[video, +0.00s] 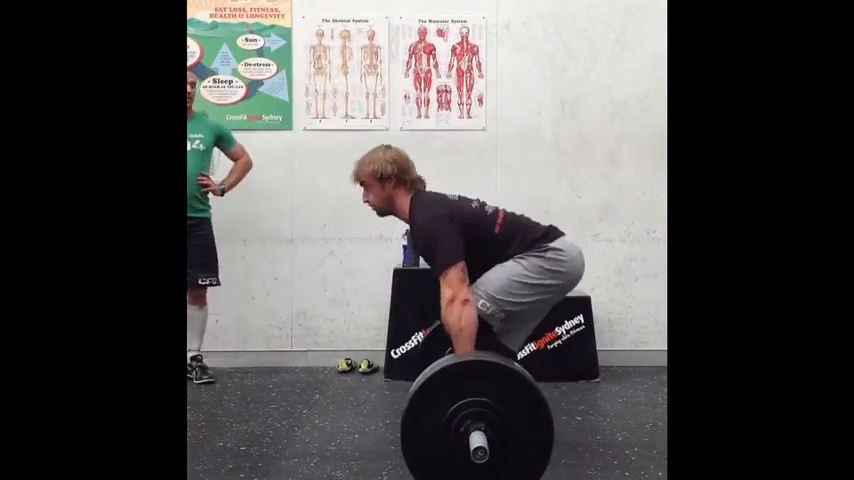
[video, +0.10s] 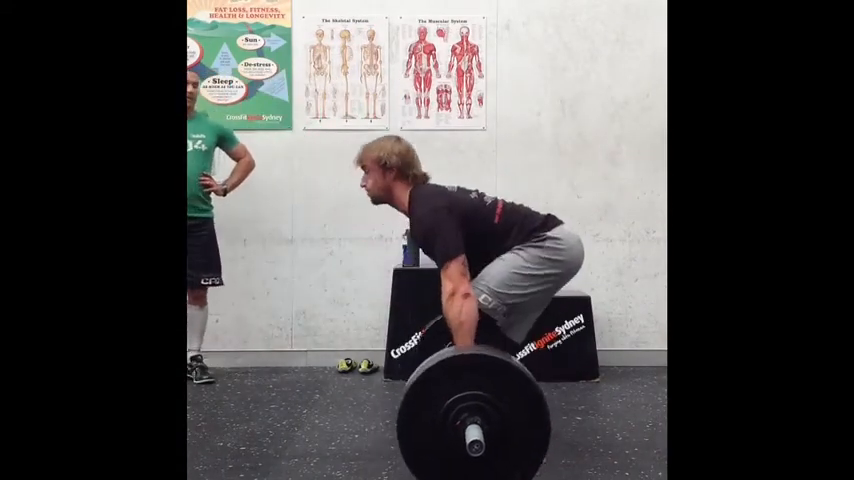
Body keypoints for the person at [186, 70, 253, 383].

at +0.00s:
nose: (188, 90)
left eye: (191, 85)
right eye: (185, 84)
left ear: (196, 90)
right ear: (181, 88)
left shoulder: (209, 126)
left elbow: (244, 160)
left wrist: (223, 187)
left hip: (196, 218)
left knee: (197, 290)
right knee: (193, 291)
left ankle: (194, 356)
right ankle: (191, 357)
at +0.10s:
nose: (189, 90)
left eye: (193, 85)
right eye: (185, 84)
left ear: (198, 90)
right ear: (180, 88)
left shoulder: (211, 127)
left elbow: (247, 160)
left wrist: (225, 187)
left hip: (197, 218)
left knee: (197, 291)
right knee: (193, 291)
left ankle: (194, 356)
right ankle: (191, 357)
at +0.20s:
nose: (189, 90)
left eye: (193, 85)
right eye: (186, 84)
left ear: (199, 90)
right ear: (180, 89)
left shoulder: (211, 127)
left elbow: (246, 161)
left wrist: (226, 187)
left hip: (197, 219)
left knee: (196, 291)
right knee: (193, 292)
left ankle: (194, 357)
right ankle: (191, 357)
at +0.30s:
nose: (190, 89)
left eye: (194, 84)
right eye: (186, 84)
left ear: (199, 90)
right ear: (180, 89)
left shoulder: (211, 128)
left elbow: (245, 161)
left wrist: (225, 187)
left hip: (196, 218)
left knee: (195, 291)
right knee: (192, 292)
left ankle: (194, 357)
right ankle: (191, 357)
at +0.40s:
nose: (190, 89)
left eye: (194, 84)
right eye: (186, 83)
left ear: (199, 90)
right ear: (181, 88)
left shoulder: (211, 128)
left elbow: (244, 162)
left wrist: (225, 186)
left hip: (196, 218)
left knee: (195, 291)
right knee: (192, 292)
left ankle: (194, 357)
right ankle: (191, 358)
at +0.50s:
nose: (190, 89)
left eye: (194, 84)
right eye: (186, 83)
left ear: (199, 89)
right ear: (181, 87)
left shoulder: (210, 128)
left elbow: (243, 163)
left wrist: (224, 187)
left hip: (196, 218)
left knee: (194, 292)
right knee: (192, 292)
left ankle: (194, 357)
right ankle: (191, 358)